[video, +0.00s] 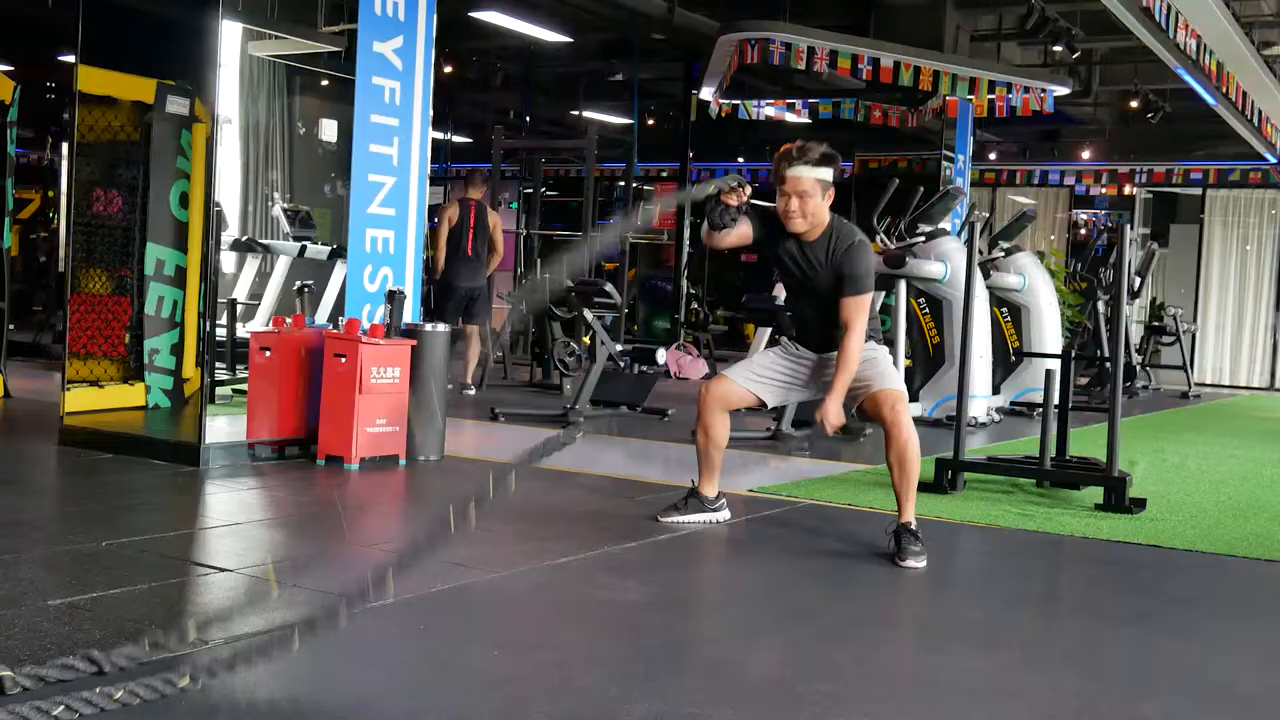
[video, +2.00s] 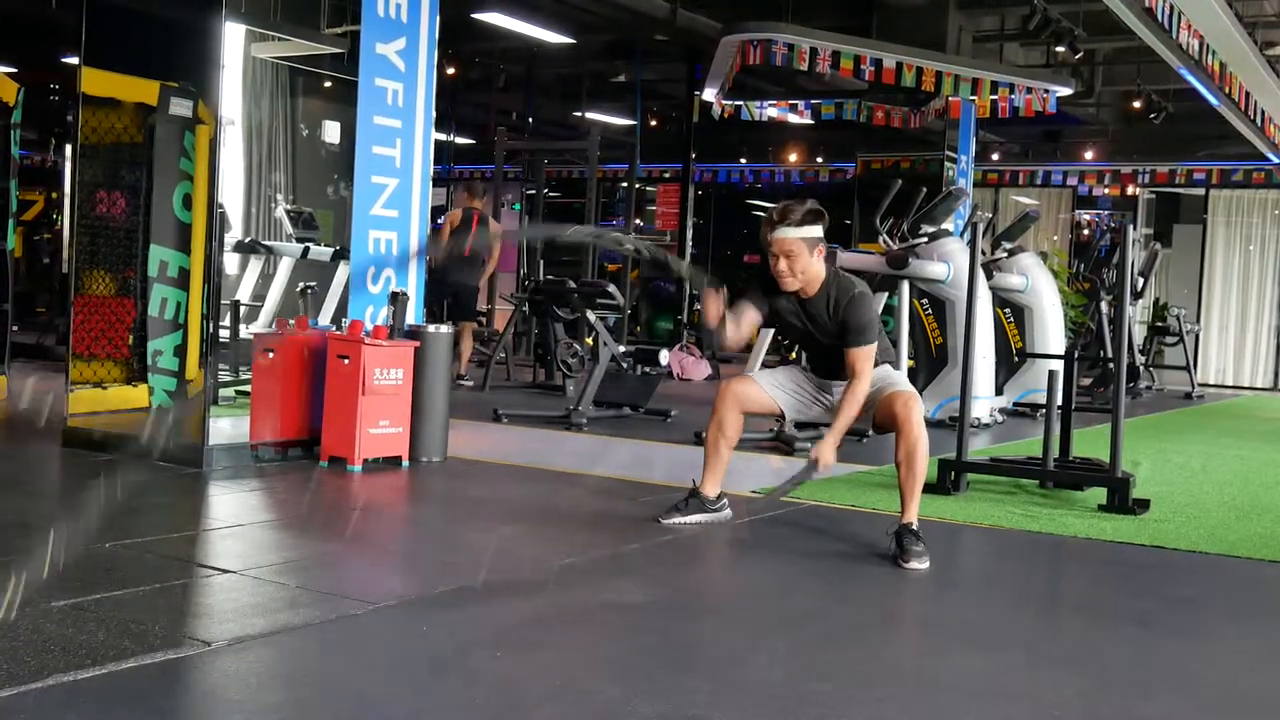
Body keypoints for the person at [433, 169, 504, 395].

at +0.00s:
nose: (471, 192)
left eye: (465, 187)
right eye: (480, 189)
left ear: (463, 187)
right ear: (484, 190)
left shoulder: (450, 210)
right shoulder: (493, 217)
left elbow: (440, 247)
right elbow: (498, 252)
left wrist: (438, 275)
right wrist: (483, 273)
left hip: (452, 281)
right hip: (478, 283)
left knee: (441, 331)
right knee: (473, 331)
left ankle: (438, 379)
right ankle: (468, 381)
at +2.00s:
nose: (461, 198)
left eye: (462, 194)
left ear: (466, 195)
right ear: (484, 199)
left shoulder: (452, 216)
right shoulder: (494, 226)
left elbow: (441, 248)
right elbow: (493, 259)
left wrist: (437, 265)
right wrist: (479, 282)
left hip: (445, 281)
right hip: (470, 284)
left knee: (438, 326)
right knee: (466, 329)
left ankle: (435, 372)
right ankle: (462, 373)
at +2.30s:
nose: (454, 203)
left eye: (449, 199)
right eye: (458, 199)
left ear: (442, 200)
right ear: (459, 200)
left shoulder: (432, 223)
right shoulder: (470, 223)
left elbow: (424, 252)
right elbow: (481, 253)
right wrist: (478, 274)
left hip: (438, 281)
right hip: (463, 281)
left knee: (435, 328)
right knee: (465, 327)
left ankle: (434, 372)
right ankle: (463, 371)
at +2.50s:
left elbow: (424, 261)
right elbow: (467, 257)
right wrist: (470, 276)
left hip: (436, 284)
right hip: (458, 282)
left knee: (438, 326)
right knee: (476, 314)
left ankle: (439, 366)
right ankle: (475, 351)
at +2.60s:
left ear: (420, 202)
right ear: (433, 200)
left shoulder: (413, 221)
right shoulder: (445, 216)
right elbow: (464, 237)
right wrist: (466, 261)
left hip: (431, 279)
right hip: (453, 276)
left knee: (435, 319)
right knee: (476, 308)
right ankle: (477, 347)